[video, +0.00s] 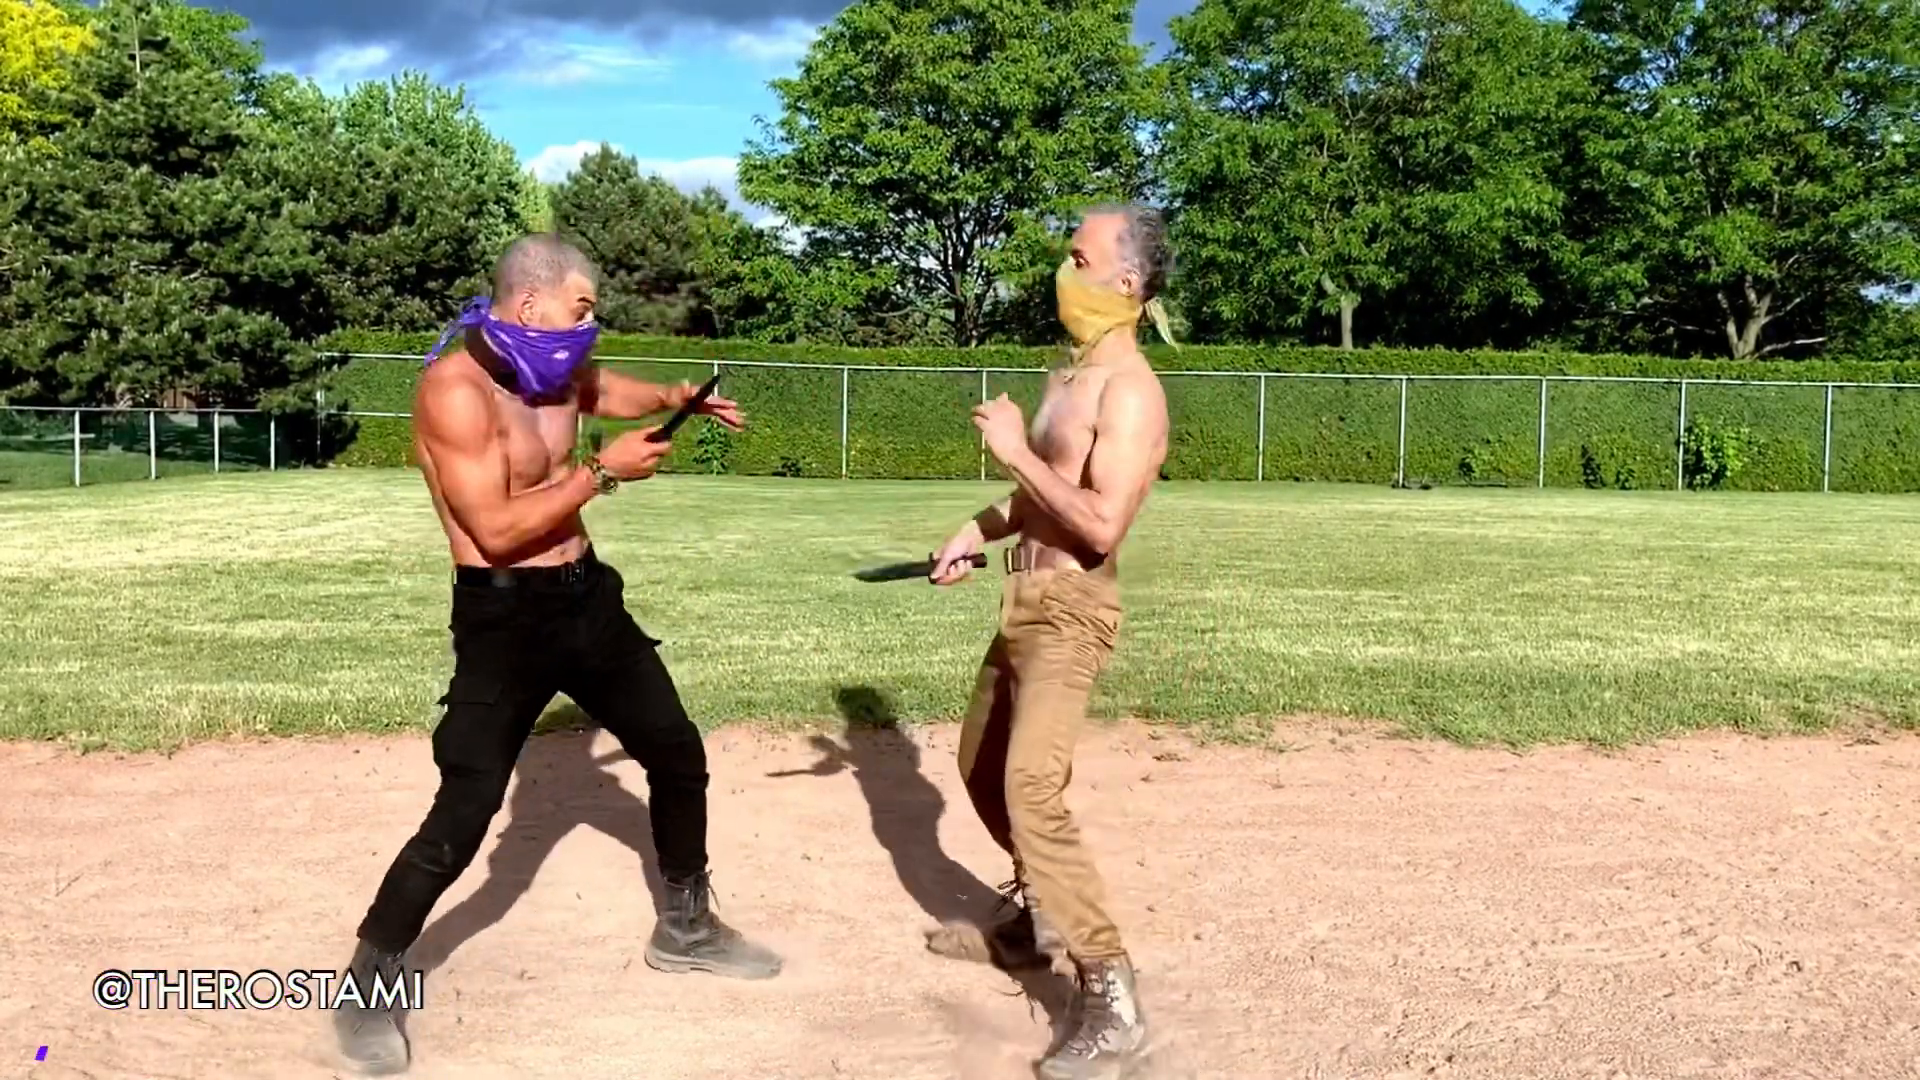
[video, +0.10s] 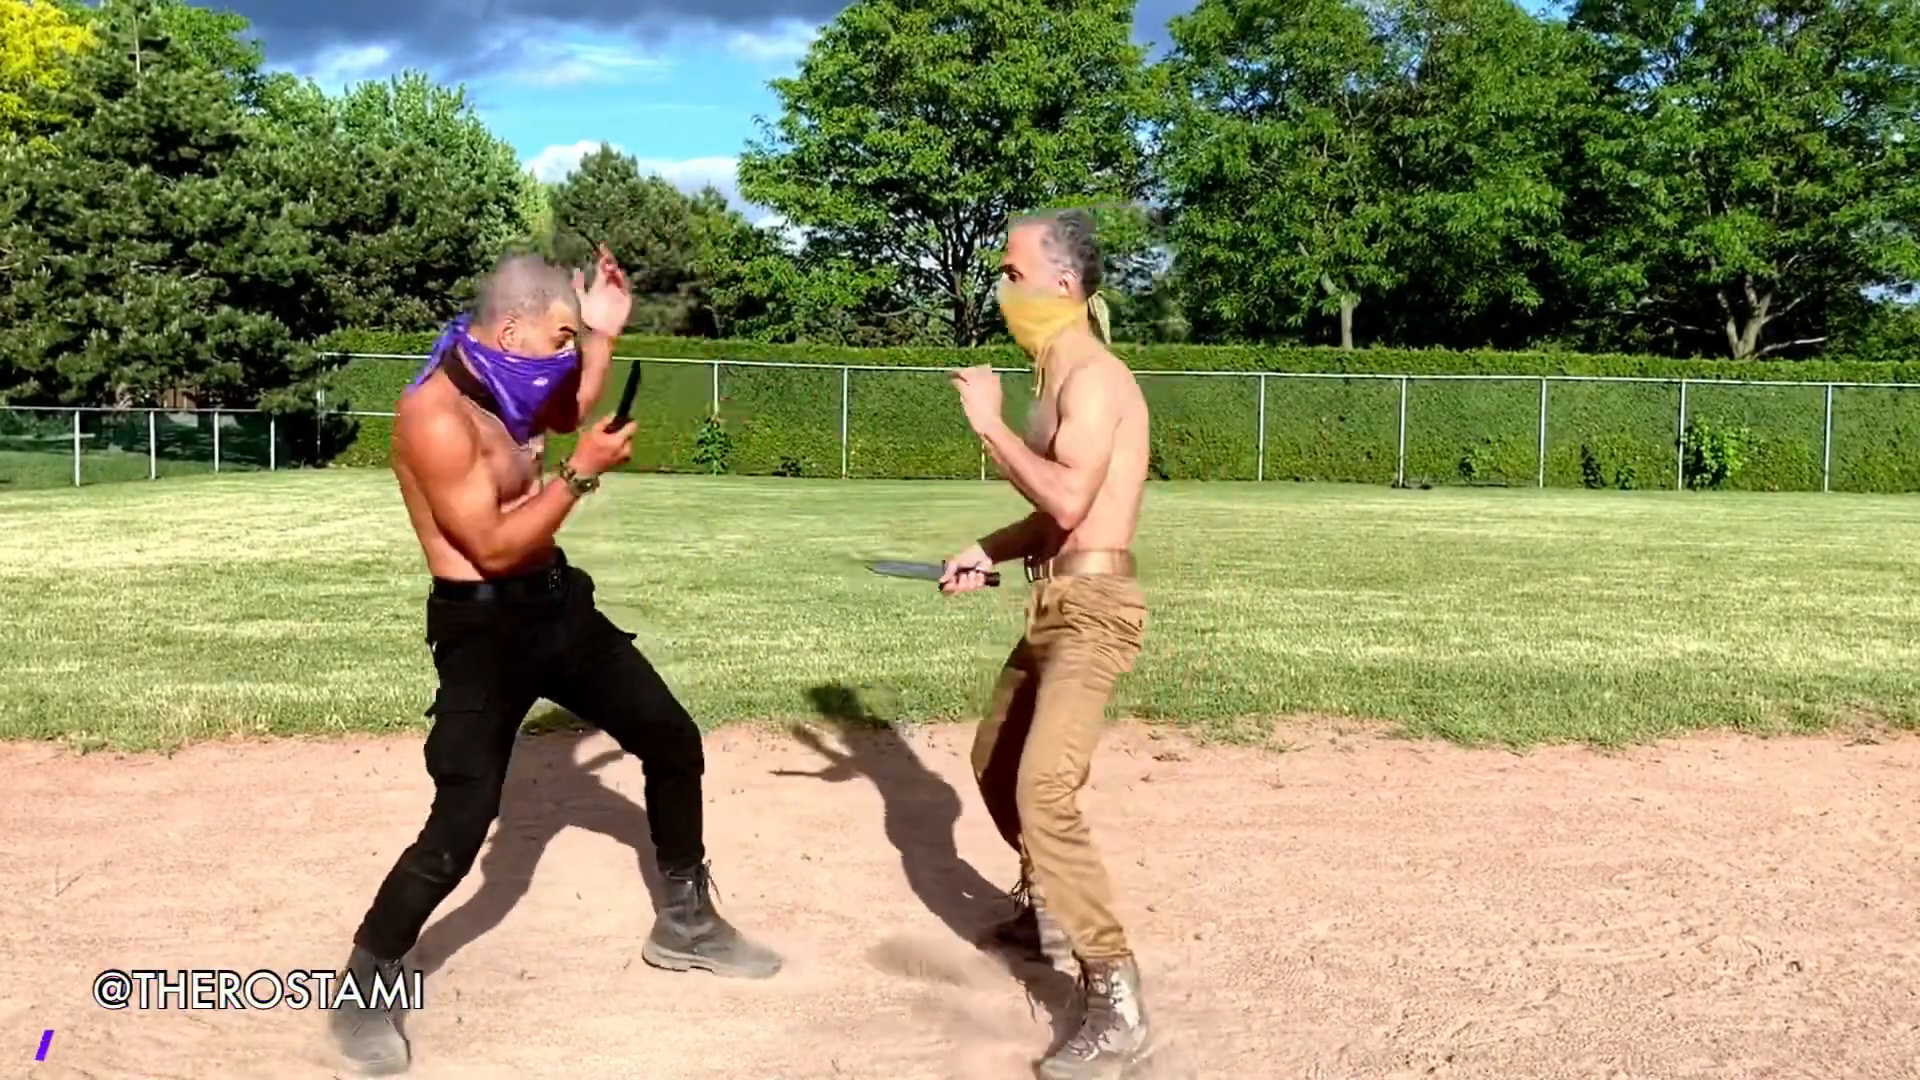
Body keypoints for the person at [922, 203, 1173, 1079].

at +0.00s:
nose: (1062, 272)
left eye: (1079, 261)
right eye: (1067, 257)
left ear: (1128, 281)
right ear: (1111, 278)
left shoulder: (1132, 390)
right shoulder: (1072, 373)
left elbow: (1103, 527)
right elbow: (1049, 492)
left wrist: (1016, 455)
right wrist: (981, 531)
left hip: (1070, 607)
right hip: (1029, 596)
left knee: (1031, 797)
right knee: (982, 768)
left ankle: (1112, 999)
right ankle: (1037, 911)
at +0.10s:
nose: (1002, 289)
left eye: (1014, 275)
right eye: (1003, 274)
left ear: (1063, 281)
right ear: (1057, 280)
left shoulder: (1095, 376)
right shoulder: (1061, 379)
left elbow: (1067, 498)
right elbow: (1061, 515)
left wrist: (990, 423)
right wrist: (990, 550)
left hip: (1093, 608)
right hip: (1057, 604)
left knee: (1046, 793)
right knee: (997, 763)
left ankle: (1116, 1001)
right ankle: (1051, 904)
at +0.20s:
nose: (960, 312)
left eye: (968, 295)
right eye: (957, 297)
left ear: (1020, 291)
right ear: (1011, 294)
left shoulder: (1070, 373)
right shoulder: (1048, 383)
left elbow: (1055, 482)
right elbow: (1071, 517)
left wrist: (970, 420)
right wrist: (1004, 560)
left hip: (1110, 609)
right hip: (1065, 611)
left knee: (1060, 788)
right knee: (1008, 766)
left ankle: (1122, 1004)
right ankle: (1051, 912)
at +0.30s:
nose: (948, 312)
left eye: (957, 295)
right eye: (945, 297)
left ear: (1004, 289)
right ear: (992, 294)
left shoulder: (1070, 375)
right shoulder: (1019, 390)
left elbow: (1072, 493)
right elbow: (1053, 512)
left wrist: (975, 435)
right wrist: (997, 559)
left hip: (1114, 604)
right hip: (1057, 608)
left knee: (1074, 779)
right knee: (1006, 762)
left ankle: (1124, 1000)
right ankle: (1048, 912)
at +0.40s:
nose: (950, 309)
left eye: (958, 291)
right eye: (947, 293)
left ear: (1008, 286)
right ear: (999, 290)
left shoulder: (1087, 379)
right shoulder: (1006, 392)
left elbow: (1079, 503)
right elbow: (1025, 502)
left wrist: (984, 429)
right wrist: (969, 550)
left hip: (1108, 605)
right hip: (1040, 606)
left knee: (1067, 776)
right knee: (992, 771)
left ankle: (1123, 995)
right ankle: (1046, 896)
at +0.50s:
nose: (953, 303)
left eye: (962, 285)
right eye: (950, 286)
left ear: (1017, 285)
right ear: (1007, 286)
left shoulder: (1092, 384)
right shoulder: (1002, 387)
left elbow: (1101, 519)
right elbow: (1007, 493)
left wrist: (1000, 439)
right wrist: (948, 539)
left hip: (1094, 612)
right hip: (1017, 608)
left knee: (1063, 780)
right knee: (979, 772)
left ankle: (1124, 995)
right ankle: (1041, 897)